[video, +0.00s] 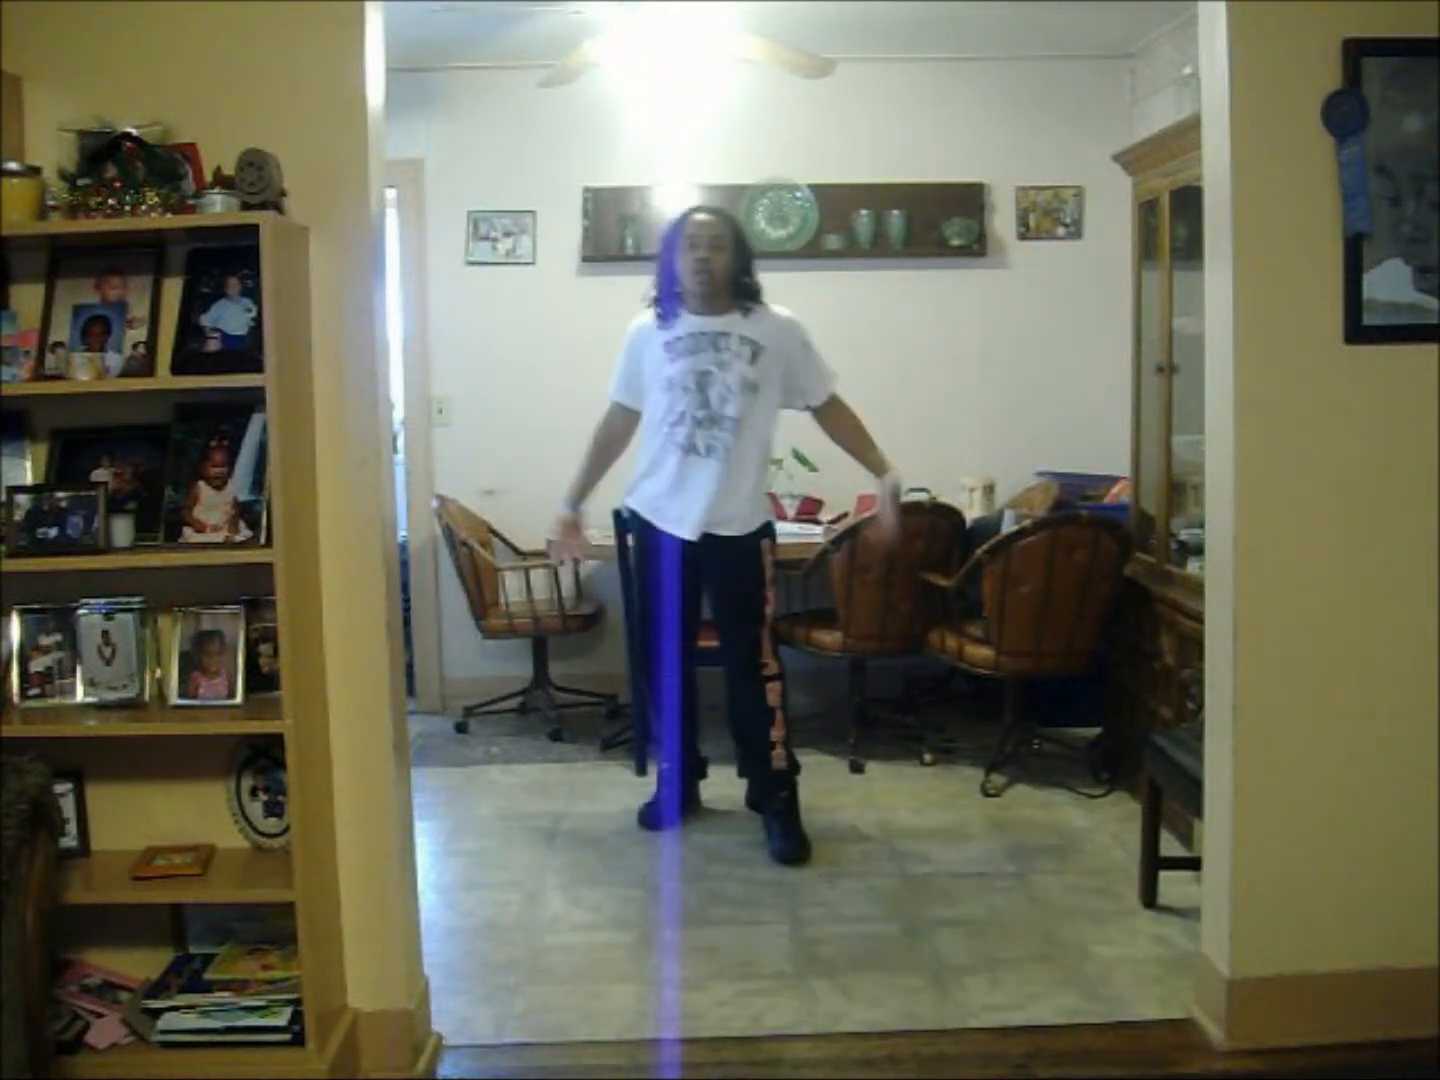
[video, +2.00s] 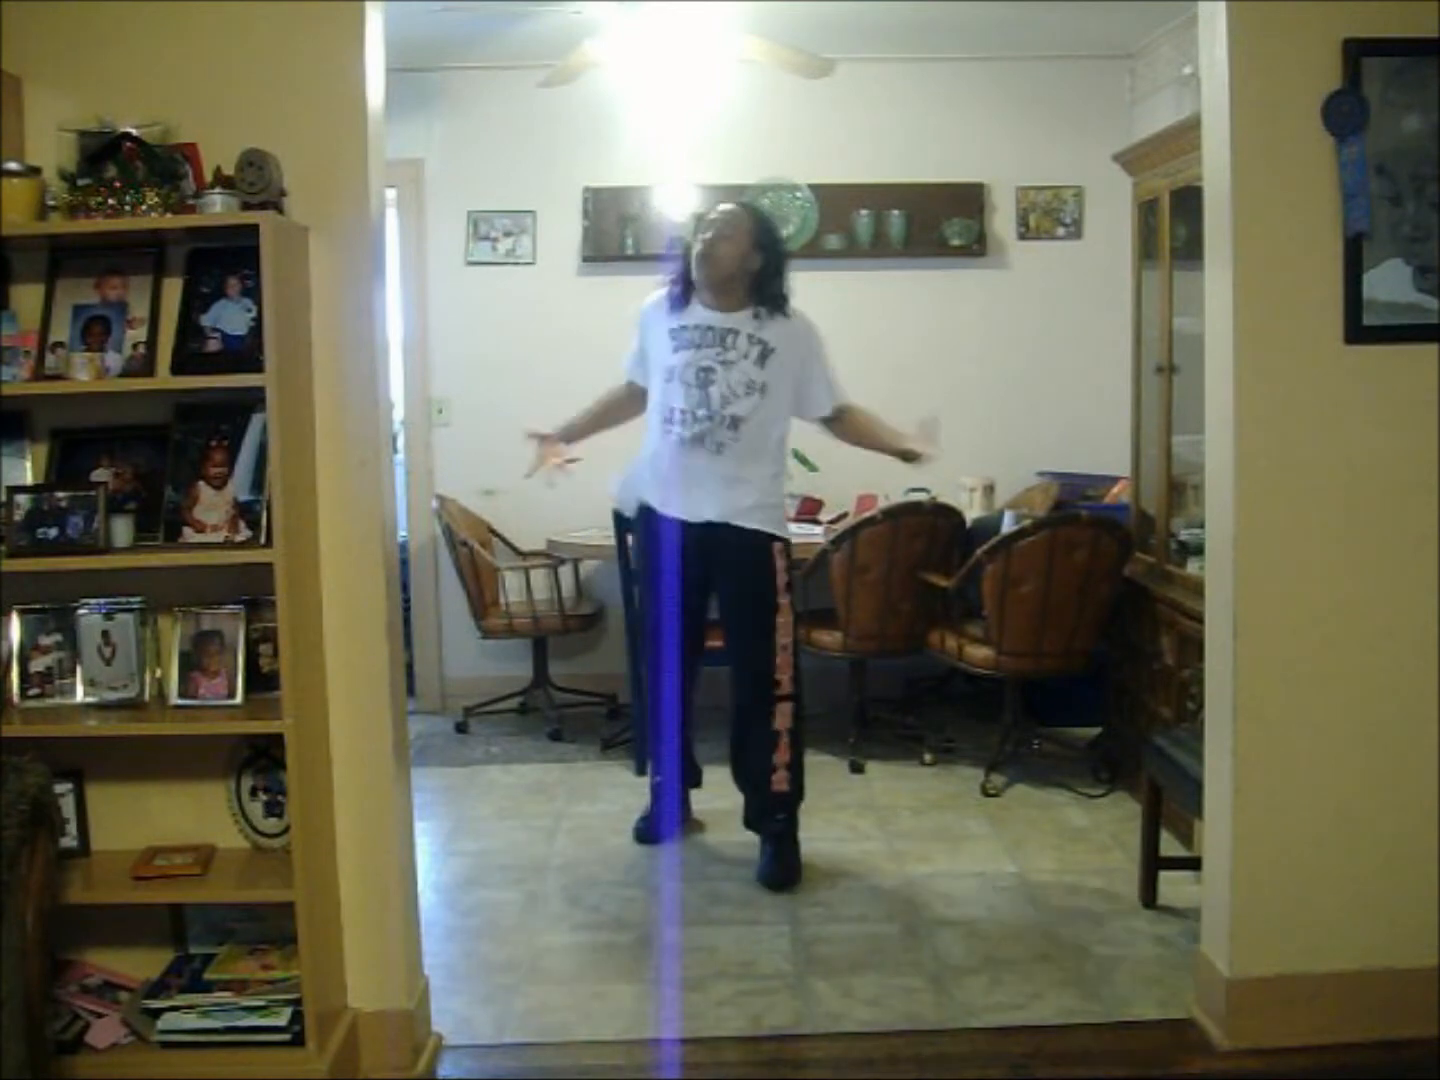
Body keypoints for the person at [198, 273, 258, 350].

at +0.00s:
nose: (233, 288)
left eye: (236, 285)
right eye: (230, 285)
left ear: (240, 287)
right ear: (225, 288)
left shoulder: (247, 303)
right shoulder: (222, 304)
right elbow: (205, 320)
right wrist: (210, 335)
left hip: (243, 338)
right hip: (225, 338)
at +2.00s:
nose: (233, 289)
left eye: (236, 285)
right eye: (230, 286)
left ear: (240, 287)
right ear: (226, 288)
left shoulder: (247, 304)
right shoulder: (221, 304)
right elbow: (205, 320)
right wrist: (210, 335)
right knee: (212, 342)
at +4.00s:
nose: (233, 289)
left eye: (235, 285)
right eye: (230, 286)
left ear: (240, 287)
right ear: (225, 288)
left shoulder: (247, 304)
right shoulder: (220, 304)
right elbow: (205, 320)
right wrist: (210, 335)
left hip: (244, 337)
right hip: (224, 337)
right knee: (212, 341)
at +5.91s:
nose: (234, 289)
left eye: (236, 285)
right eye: (231, 286)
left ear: (240, 287)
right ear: (226, 288)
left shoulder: (247, 303)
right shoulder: (221, 304)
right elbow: (206, 320)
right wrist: (210, 335)